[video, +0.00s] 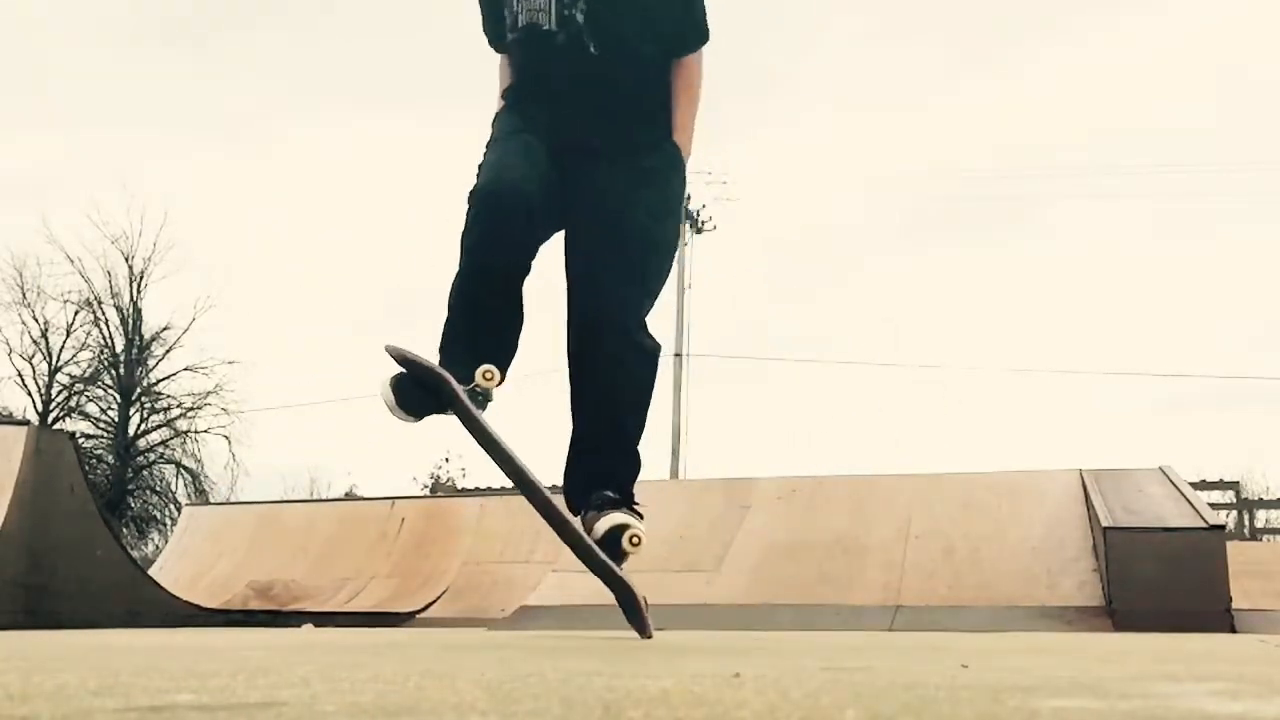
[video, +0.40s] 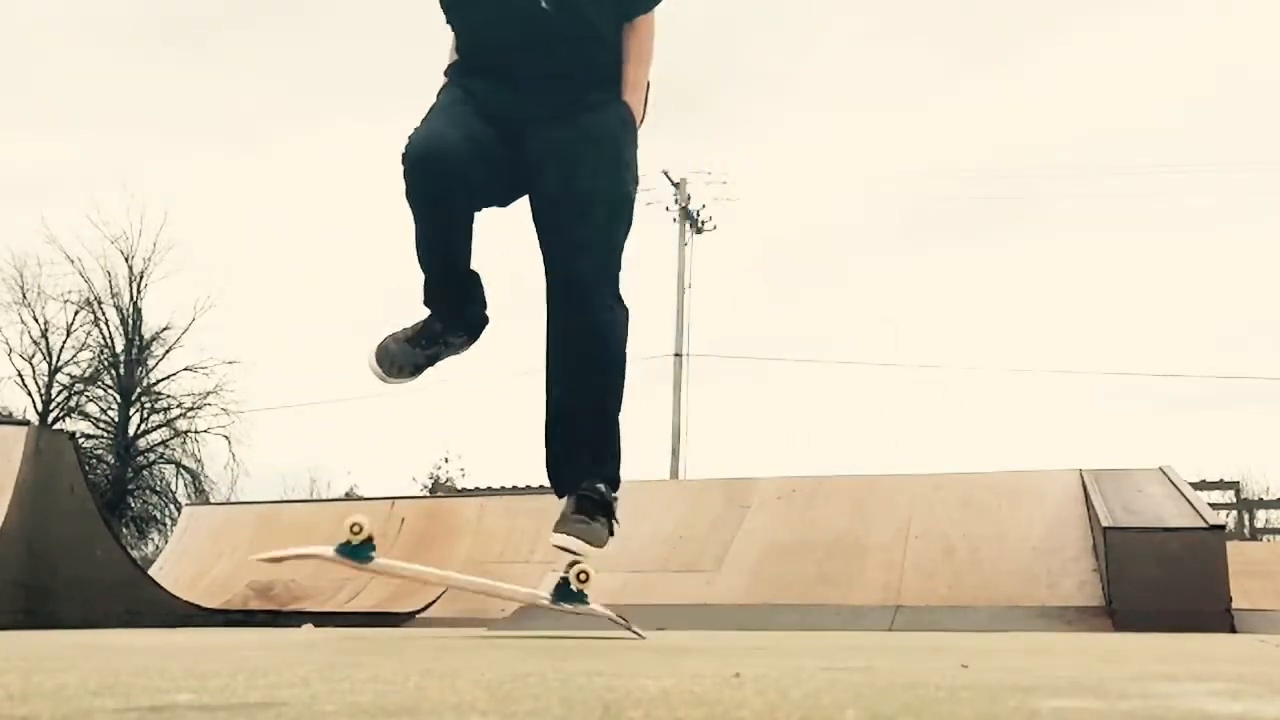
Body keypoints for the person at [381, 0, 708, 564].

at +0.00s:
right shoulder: (501, 4)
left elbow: (687, 47)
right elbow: (509, 52)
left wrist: (677, 157)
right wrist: (503, 132)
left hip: (633, 128)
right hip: (536, 122)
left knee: (612, 325)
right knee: (502, 198)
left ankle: (603, 496)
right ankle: (470, 364)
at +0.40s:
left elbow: (639, 14)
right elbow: (464, 30)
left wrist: (628, 113)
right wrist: (455, 83)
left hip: (585, 98)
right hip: (485, 88)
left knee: (586, 295)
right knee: (432, 159)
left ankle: (590, 488)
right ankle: (454, 316)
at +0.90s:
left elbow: (624, 13)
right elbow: (443, 32)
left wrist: (609, 104)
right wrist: (436, 96)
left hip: (561, 108)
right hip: (462, 103)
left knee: (565, 251)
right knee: (402, 144)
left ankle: (566, 418)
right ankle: (421, 324)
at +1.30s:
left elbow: (614, 17)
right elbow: (432, 35)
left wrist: (592, 115)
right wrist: (429, 100)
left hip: (550, 119)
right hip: (449, 111)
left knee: (539, 226)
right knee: (380, 197)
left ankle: (547, 399)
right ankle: (367, 384)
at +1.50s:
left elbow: (613, 18)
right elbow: (431, 36)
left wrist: (587, 118)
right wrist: (426, 102)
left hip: (548, 117)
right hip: (446, 111)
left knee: (537, 235)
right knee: (375, 221)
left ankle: (543, 410)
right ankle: (352, 405)